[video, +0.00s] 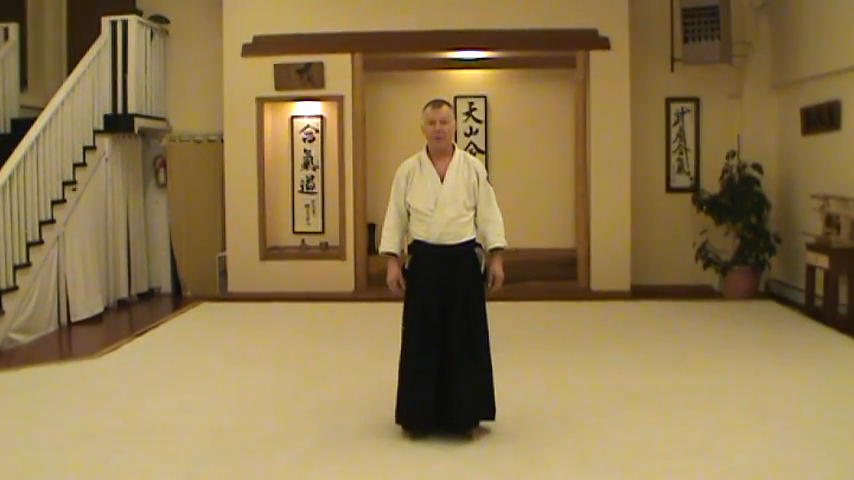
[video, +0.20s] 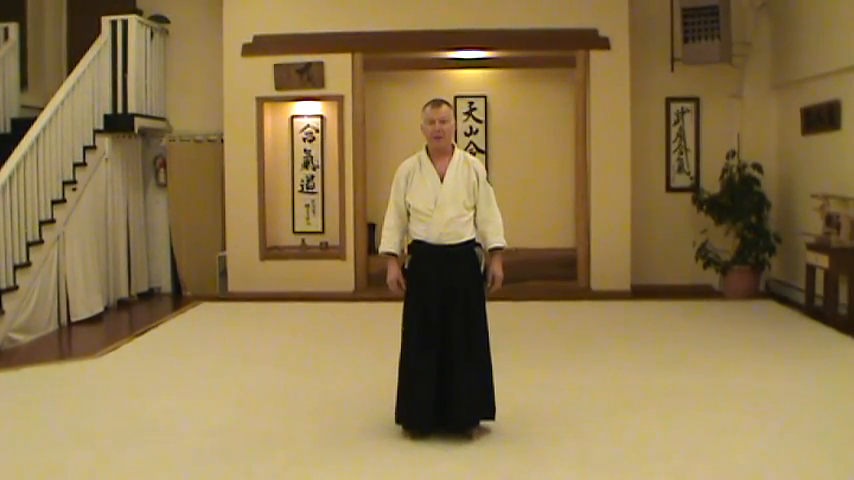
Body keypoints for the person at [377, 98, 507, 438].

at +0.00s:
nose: (438, 128)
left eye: (444, 122)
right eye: (432, 123)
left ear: (455, 126)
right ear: (423, 128)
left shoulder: (472, 167)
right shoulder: (408, 169)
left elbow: (488, 212)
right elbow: (395, 216)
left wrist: (495, 256)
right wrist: (392, 260)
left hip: (463, 260)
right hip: (424, 260)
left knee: (464, 335)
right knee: (422, 336)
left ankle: (463, 416)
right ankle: (419, 416)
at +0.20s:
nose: (437, 128)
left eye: (444, 121)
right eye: (431, 122)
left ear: (454, 125)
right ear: (422, 127)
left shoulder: (471, 166)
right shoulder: (408, 169)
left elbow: (487, 212)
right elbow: (395, 216)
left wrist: (495, 256)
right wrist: (392, 260)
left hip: (463, 260)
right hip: (423, 260)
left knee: (464, 336)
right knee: (422, 336)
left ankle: (465, 416)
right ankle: (419, 416)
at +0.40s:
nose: (438, 128)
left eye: (444, 121)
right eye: (431, 122)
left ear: (454, 125)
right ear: (422, 128)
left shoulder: (471, 166)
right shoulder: (408, 169)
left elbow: (487, 212)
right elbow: (395, 216)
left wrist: (494, 256)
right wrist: (392, 260)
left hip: (463, 260)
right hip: (423, 260)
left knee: (464, 335)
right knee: (422, 336)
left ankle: (464, 416)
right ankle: (419, 417)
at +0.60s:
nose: (438, 128)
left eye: (444, 121)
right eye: (431, 122)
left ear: (454, 125)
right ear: (421, 128)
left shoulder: (471, 166)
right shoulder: (407, 169)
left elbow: (486, 211)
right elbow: (394, 216)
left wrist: (494, 256)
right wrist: (392, 260)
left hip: (462, 259)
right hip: (423, 260)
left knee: (463, 336)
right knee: (422, 336)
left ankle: (464, 416)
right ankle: (420, 416)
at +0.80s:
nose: (436, 126)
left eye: (442, 120)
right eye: (429, 121)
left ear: (453, 125)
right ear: (420, 127)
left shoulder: (470, 166)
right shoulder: (406, 170)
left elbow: (486, 211)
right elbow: (394, 216)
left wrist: (494, 256)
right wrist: (391, 261)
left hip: (462, 260)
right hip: (423, 260)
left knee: (464, 336)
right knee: (422, 336)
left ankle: (464, 416)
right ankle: (420, 417)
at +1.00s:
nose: (435, 126)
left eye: (442, 120)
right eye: (429, 120)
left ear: (453, 124)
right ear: (420, 127)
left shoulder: (470, 166)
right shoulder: (406, 170)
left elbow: (486, 212)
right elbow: (393, 217)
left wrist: (494, 256)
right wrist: (391, 262)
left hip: (462, 260)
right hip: (422, 260)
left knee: (463, 335)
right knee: (422, 336)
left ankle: (463, 416)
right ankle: (419, 417)